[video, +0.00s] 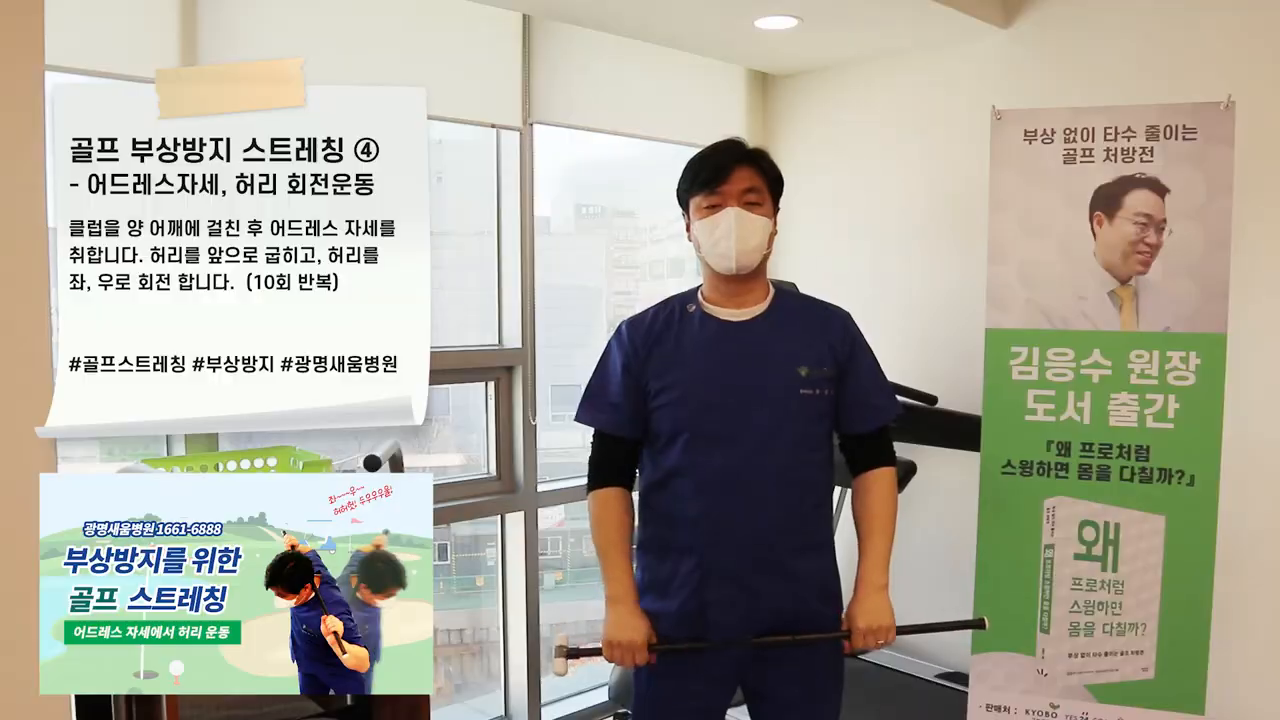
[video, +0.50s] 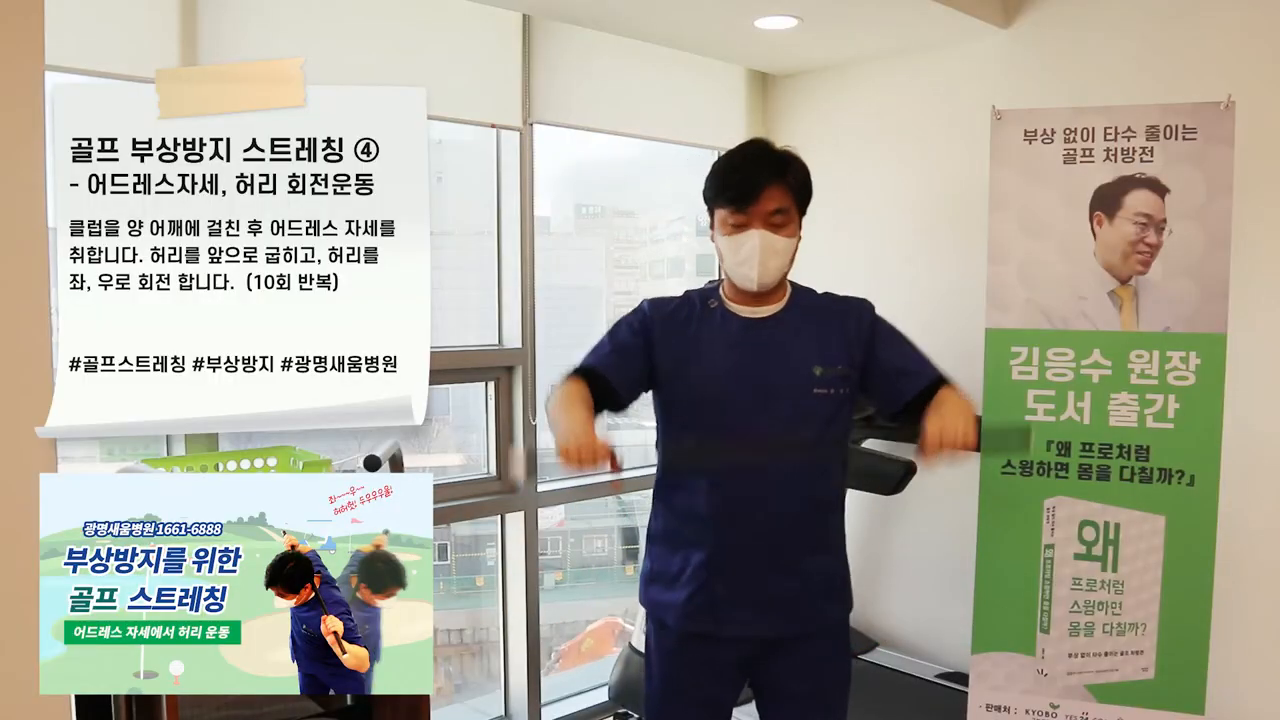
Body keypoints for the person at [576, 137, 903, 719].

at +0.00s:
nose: (733, 220)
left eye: (752, 203)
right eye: (713, 207)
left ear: (775, 219)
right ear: (688, 224)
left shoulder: (829, 333)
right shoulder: (641, 342)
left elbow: (873, 462)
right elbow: (609, 475)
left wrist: (872, 589)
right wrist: (620, 603)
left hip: (801, 628)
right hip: (678, 633)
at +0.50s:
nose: (757, 239)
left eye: (777, 222)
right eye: (738, 223)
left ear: (800, 228)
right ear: (714, 227)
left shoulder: (849, 327)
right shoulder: (662, 326)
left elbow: (932, 395)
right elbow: (575, 387)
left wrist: (948, 408)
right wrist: (575, 428)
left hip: (808, 616)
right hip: (690, 615)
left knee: (814, 712)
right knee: (677, 713)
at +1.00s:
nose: (779, 249)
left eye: (799, 229)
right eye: (758, 232)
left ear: (822, 229)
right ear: (733, 231)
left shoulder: (866, 308)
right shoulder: (692, 310)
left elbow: (986, 267)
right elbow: (580, 258)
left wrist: (951, 154)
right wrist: (606, 142)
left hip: (830, 614)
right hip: (709, 612)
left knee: (831, 714)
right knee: (690, 713)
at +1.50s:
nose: (785, 248)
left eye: (804, 229)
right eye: (764, 231)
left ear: (828, 229)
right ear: (740, 231)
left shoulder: (869, 308)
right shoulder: (700, 312)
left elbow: (997, 316)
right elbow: (580, 300)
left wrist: (942, 213)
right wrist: (622, 191)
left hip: (841, 615)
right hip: (721, 613)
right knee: (696, 714)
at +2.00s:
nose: (784, 262)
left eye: (805, 243)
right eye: (764, 245)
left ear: (829, 237)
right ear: (740, 239)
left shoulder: (866, 317)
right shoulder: (702, 317)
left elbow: (979, 374)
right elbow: (590, 357)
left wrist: (941, 273)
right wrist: (629, 263)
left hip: (833, 618)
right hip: (715, 615)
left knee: (836, 713)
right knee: (691, 713)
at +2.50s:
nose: (726, 292)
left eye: (750, 272)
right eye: (706, 273)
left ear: (774, 261)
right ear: (679, 258)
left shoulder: (805, 324)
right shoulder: (636, 327)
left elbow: (900, 380)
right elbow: (526, 371)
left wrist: (884, 296)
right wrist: (556, 296)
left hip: (775, 610)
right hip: (658, 610)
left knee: (793, 711)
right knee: (652, 711)